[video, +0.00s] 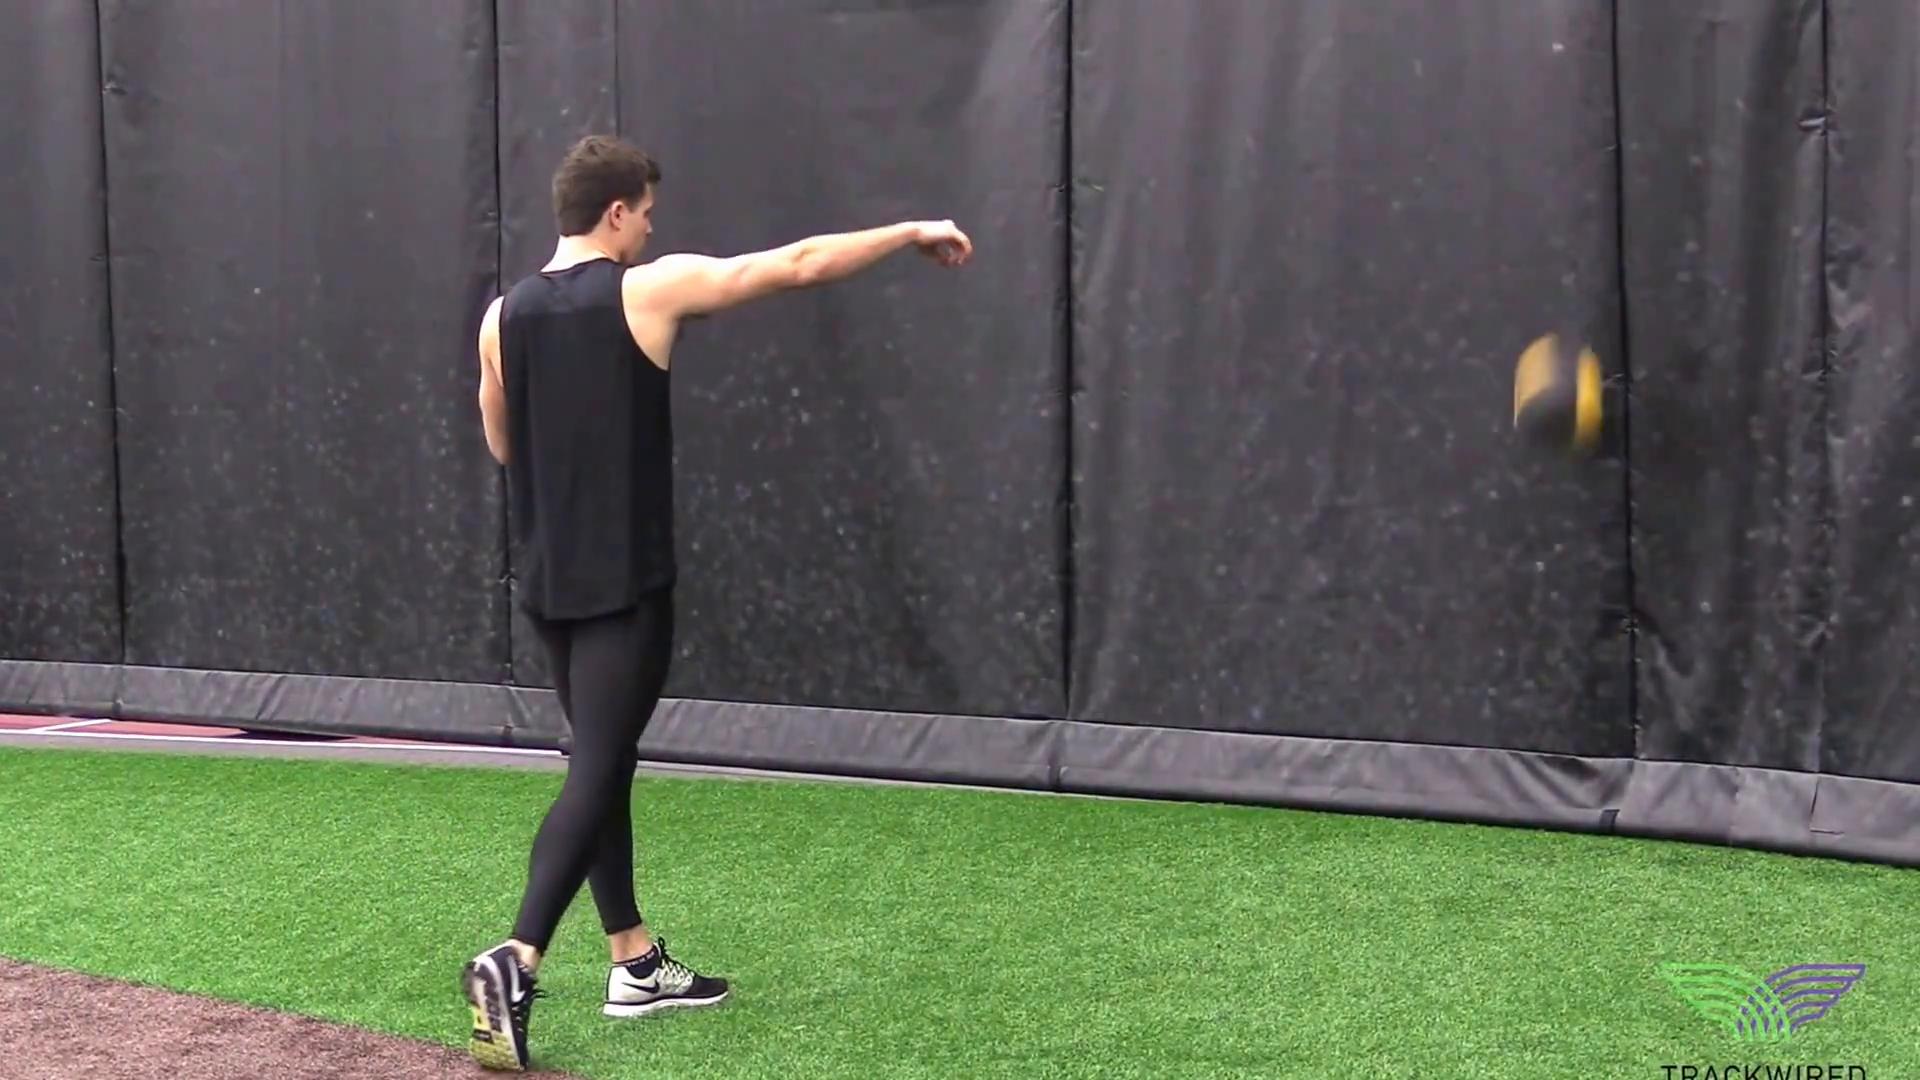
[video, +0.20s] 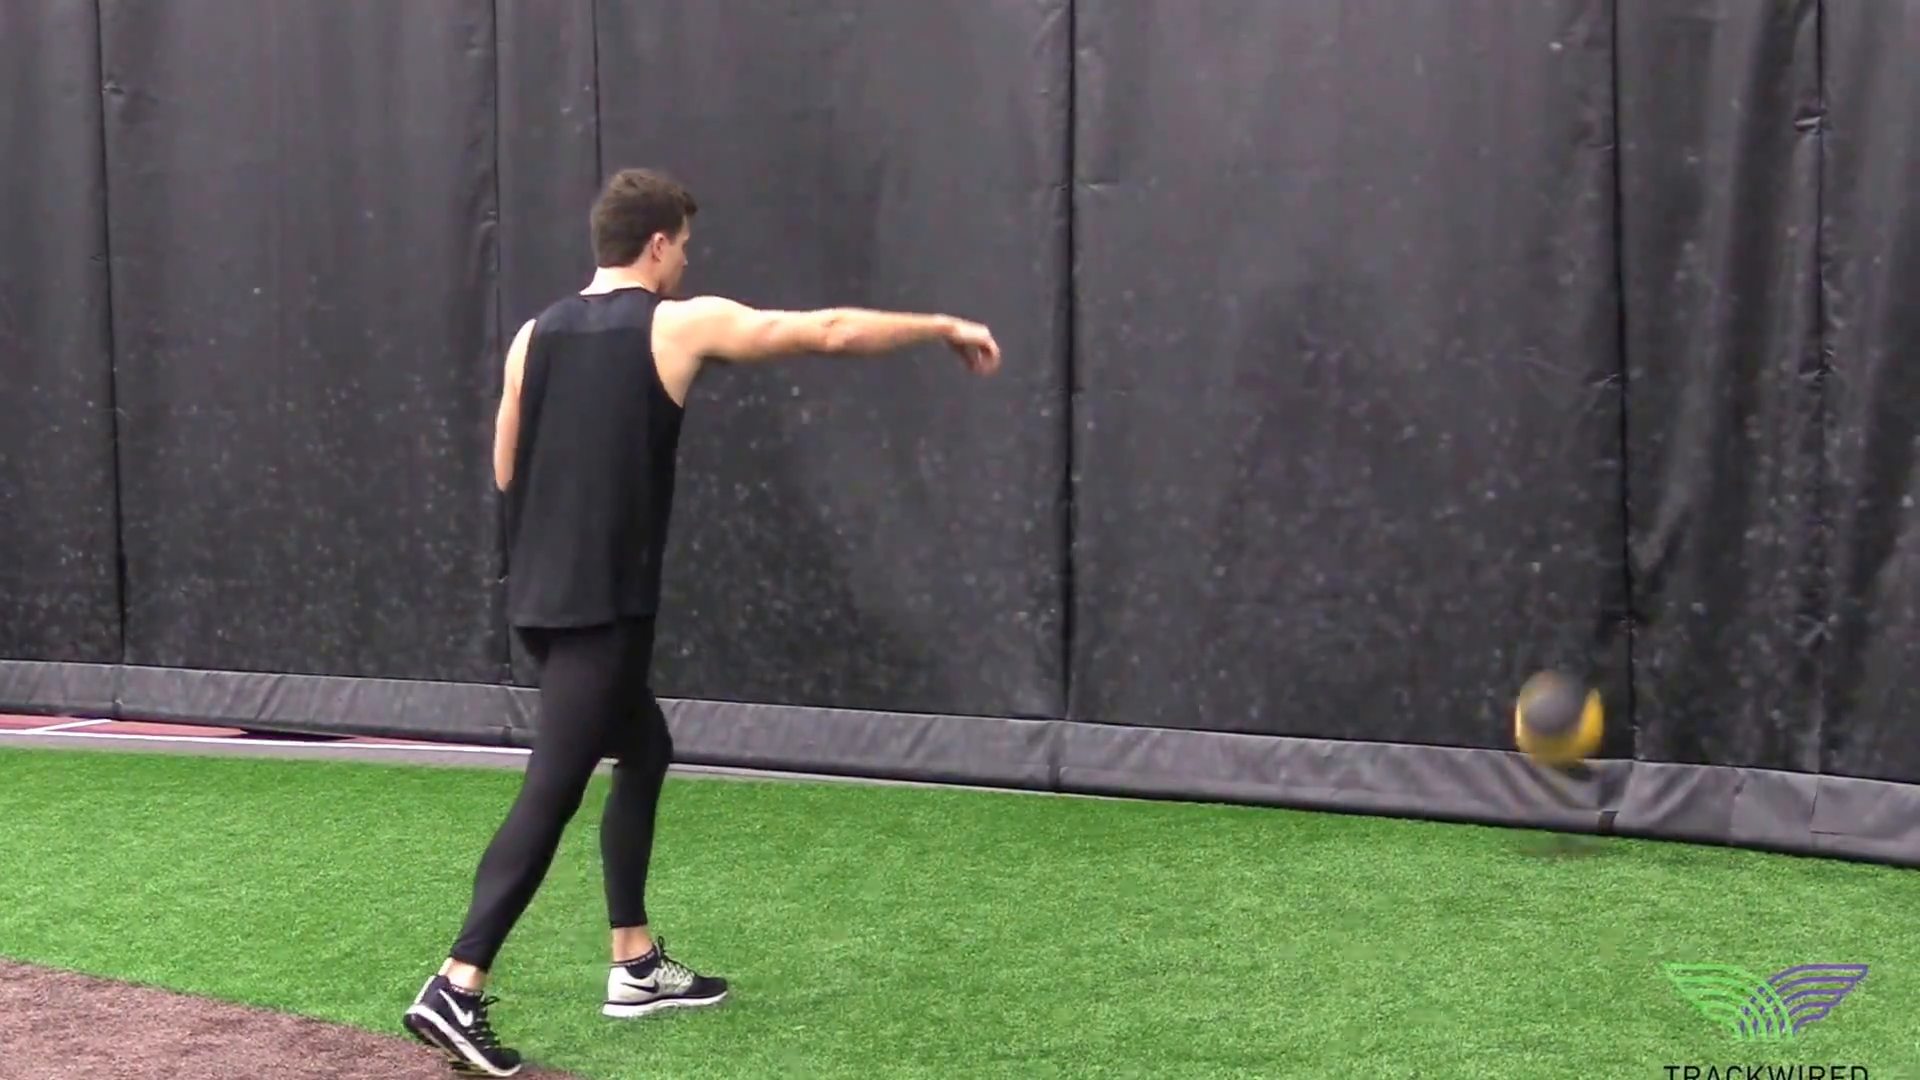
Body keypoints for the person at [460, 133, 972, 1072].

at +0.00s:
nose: (652, 226)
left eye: (650, 212)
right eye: (649, 211)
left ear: (571, 216)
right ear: (620, 213)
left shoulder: (504, 313)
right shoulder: (651, 287)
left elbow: (501, 438)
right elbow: (796, 265)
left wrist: (555, 462)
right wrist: (909, 230)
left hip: (546, 571)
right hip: (625, 568)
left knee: (602, 763)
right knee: (596, 767)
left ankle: (634, 963)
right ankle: (516, 957)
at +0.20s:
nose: (685, 259)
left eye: (682, 243)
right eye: (683, 244)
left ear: (601, 244)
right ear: (659, 244)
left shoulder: (532, 337)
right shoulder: (682, 323)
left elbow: (506, 469)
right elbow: (832, 332)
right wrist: (942, 326)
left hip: (533, 596)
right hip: (606, 597)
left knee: (644, 750)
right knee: (547, 790)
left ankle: (634, 963)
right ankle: (454, 987)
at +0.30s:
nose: (708, 257)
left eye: (706, 242)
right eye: (703, 243)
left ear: (623, 242)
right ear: (672, 243)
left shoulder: (550, 335)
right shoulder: (696, 322)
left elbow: (509, 467)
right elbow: (835, 362)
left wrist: (575, 403)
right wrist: (963, 386)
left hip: (566, 589)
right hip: (623, 592)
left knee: (647, 754)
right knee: (572, 773)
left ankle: (632, 963)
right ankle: (476, 969)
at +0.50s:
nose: (743, 236)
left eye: (739, 220)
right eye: (738, 221)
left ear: (655, 211)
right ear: (720, 215)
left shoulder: (603, 287)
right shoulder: (718, 286)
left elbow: (534, 430)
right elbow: (768, 416)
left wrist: (617, 471)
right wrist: (834, 526)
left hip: (613, 545)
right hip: (684, 549)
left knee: (663, 737)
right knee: (696, 738)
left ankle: (605, 937)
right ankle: (589, 897)